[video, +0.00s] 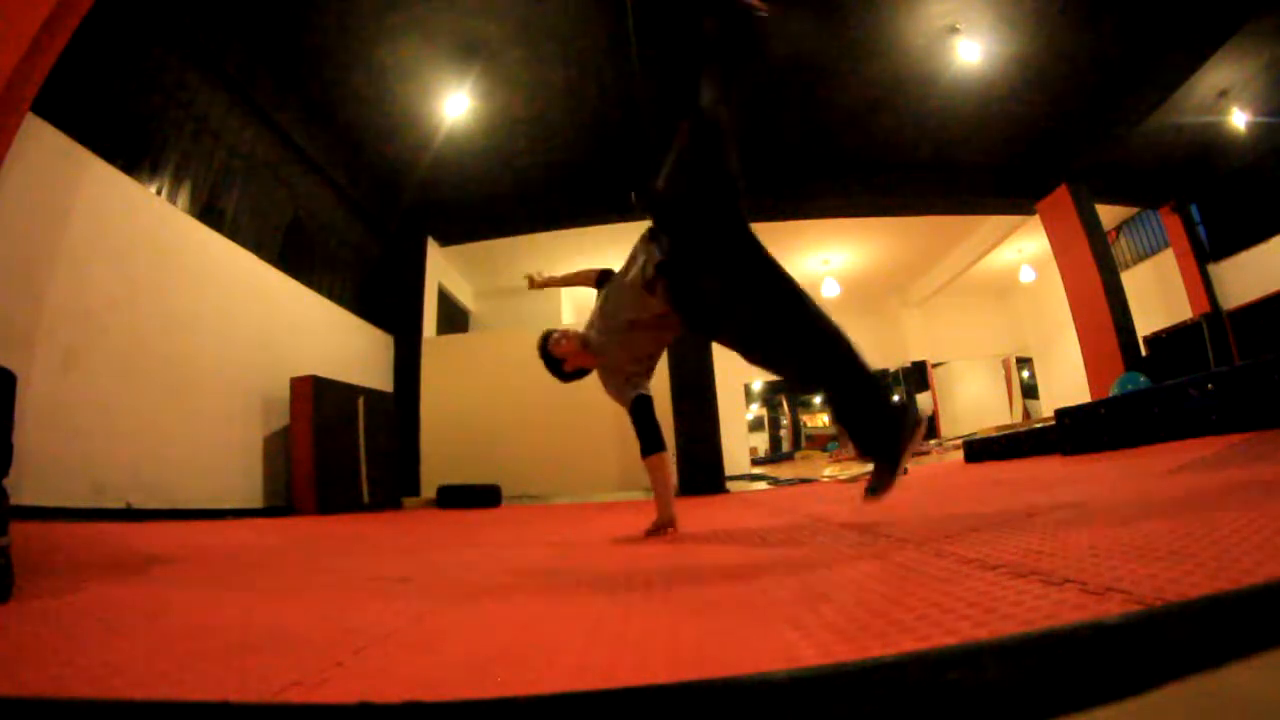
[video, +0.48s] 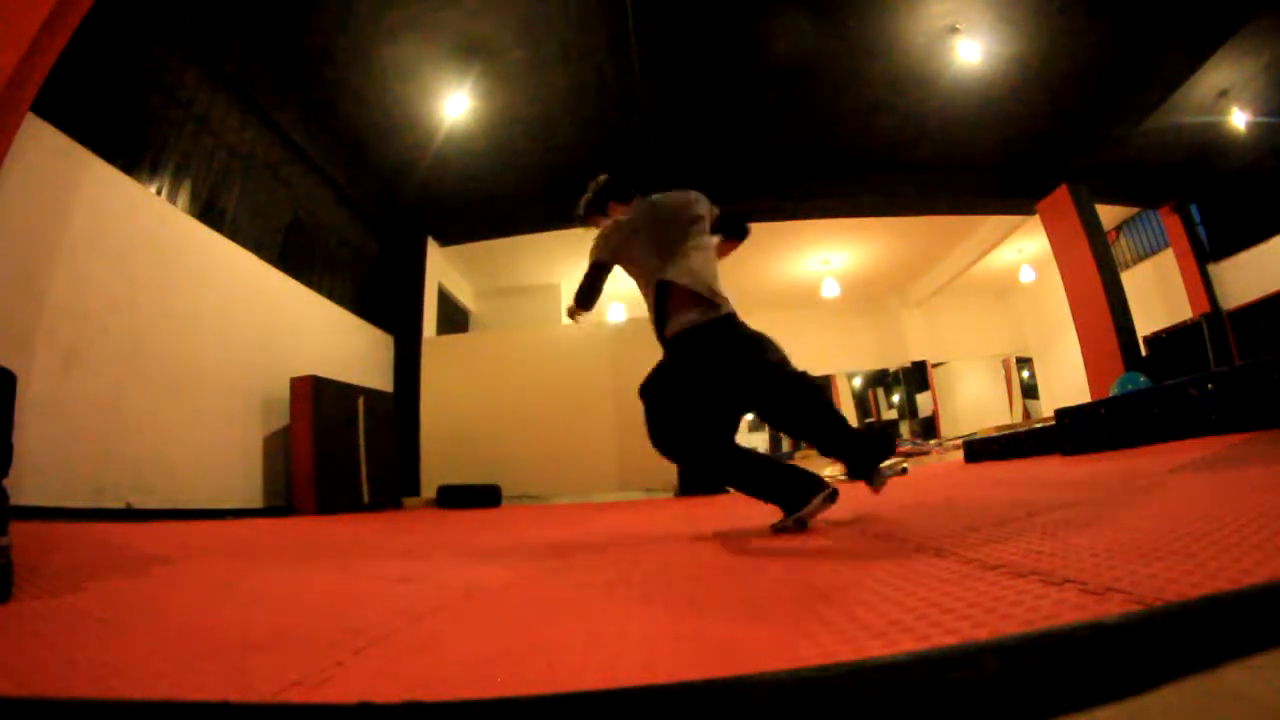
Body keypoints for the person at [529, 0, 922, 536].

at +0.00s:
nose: (562, 338)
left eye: (557, 337)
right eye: (557, 349)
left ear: (566, 332)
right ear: (569, 366)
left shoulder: (604, 309)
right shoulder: (618, 377)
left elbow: (598, 276)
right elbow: (650, 441)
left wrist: (551, 280)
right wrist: (665, 513)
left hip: (681, 233)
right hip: (706, 294)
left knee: (707, 123)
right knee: (796, 348)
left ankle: (737, 30)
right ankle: (884, 432)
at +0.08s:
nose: (566, 314)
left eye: (560, 313)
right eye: (560, 325)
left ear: (576, 312)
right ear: (573, 345)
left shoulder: (608, 292)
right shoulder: (623, 364)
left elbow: (598, 240)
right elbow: (652, 433)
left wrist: (547, 265)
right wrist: (659, 503)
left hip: (729, 257)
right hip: (724, 320)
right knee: (801, 410)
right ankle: (893, 488)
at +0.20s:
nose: (574, 263)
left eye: (568, 260)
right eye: (563, 273)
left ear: (584, 260)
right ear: (571, 298)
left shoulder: (631, 253)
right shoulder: (612, 331)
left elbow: (679, 233)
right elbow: (660, 379)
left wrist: (680, 182)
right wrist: (684, 428)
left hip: (766, 290)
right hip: (739, 338)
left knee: (871, 344)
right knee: (811, 401)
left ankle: (887, 448)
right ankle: (899, 492)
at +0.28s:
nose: (596, 213)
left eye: (589, 211)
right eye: (588, 216)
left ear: (589, 227)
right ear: (587, 233)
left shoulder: (631, 244)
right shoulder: (609, 266)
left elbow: (695, 280)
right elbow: (664, 315)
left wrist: (743, 254)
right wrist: (730, 277)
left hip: (749, 315)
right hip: (737, 325)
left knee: (820, 392)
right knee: (822, 389)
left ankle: (776, 482)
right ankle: (895, 492)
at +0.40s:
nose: (599, 231)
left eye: (594, 225)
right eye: (595, 225)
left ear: (601, 218)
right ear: (625, 190)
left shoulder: (610, 257)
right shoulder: (667, 186)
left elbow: (616, 323)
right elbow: (723, 172)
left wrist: (648, 318)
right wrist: (736, 207)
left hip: (689, 349)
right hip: (731, 322)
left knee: (734, 428)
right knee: (820, 398)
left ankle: (789, 495)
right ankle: (901, 477)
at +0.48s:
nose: (601, 230)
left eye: (599, 222)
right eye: (596, 225)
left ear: (612, 208)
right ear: (632, 195)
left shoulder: (614, 235)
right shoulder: (690, 202)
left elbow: (587, 296)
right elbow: (736, 231)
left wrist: (576, 308)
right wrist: (703, 256)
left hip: (689, 357)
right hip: (737, 339)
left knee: (701, 454)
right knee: (792, 398)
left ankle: (799, 492)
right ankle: (865, 458)